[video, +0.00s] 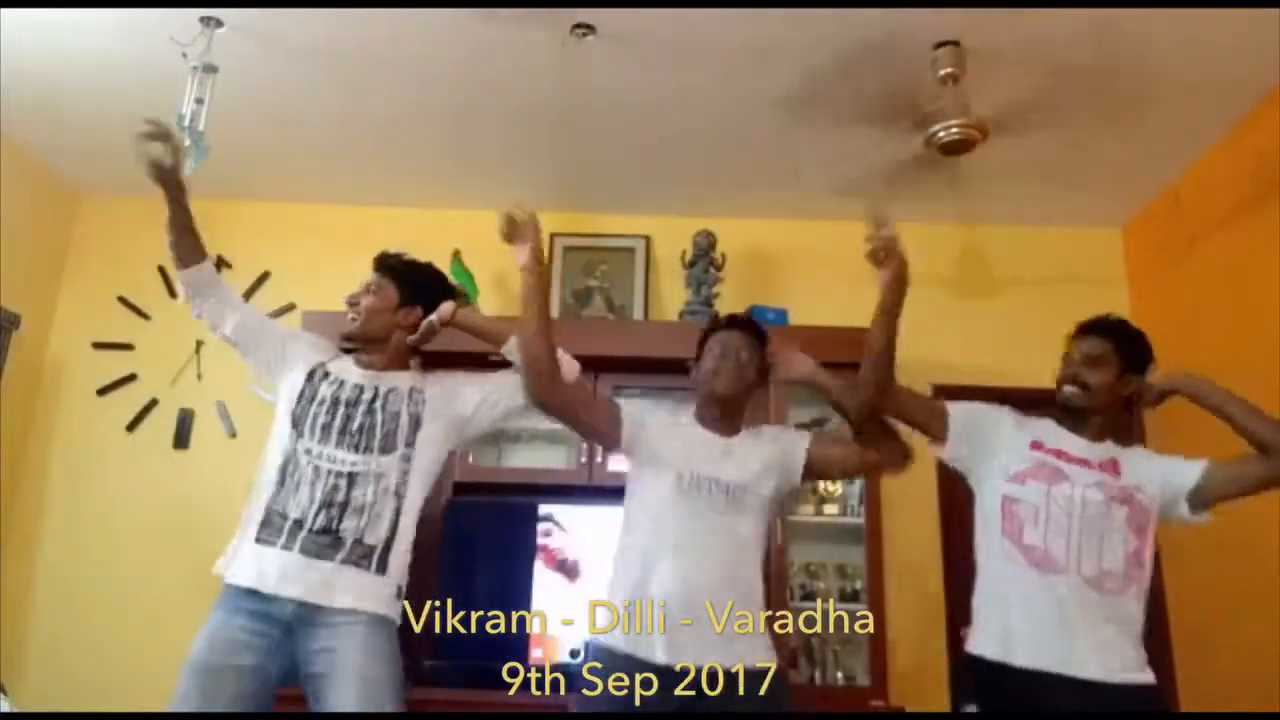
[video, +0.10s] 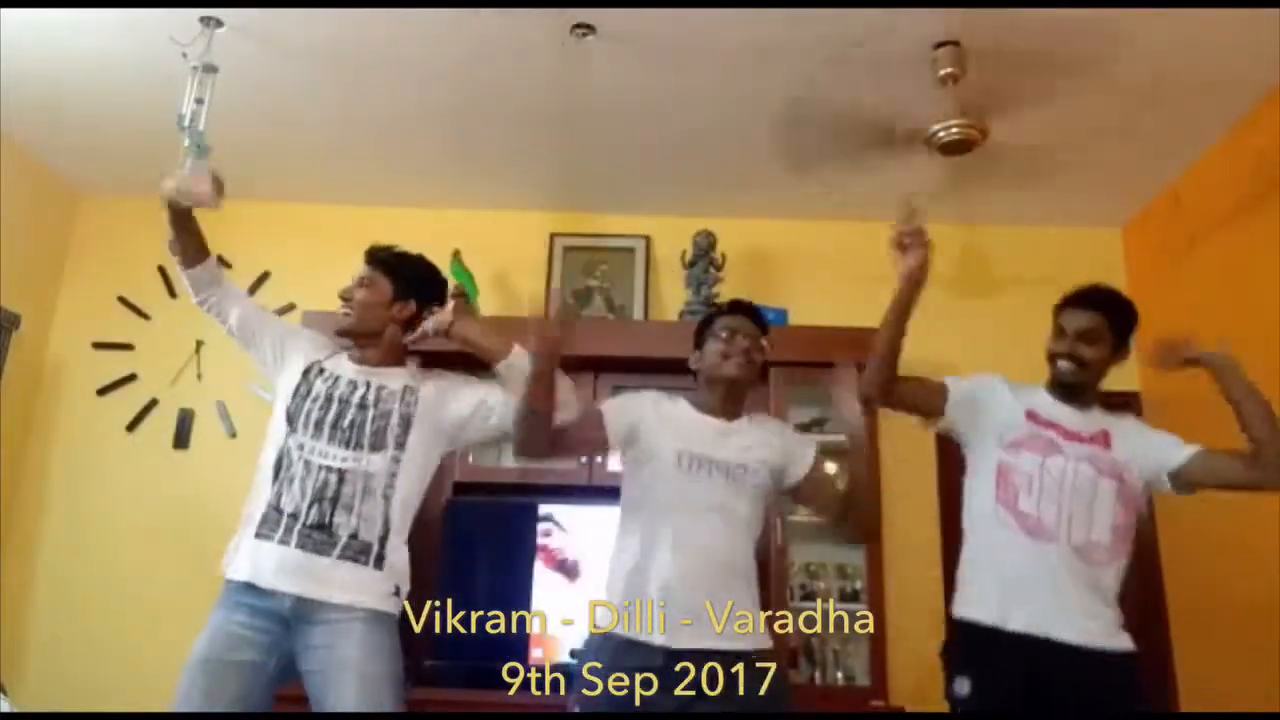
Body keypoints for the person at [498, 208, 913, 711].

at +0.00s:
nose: (722, 360)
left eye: (737, 354)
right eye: (714, 351)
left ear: (758, 376)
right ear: (694, 368)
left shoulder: (778, 449)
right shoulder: (646, 429)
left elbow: (889, 455)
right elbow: (545, 388)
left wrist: (818, 376)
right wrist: (532, 265)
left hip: (738, 677)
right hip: (630, 665)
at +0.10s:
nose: (739, 344)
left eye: (751, 340)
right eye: (725, 335)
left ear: (761, 367)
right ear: (695, 359)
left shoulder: (775, 442)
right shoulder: (645, 411)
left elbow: (859, 520)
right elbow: (533, 444)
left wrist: (862, 430)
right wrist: (544, 363)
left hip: (731, 660)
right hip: (629, 650)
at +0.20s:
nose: (739, 356)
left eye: (751, 352)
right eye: (726, 347)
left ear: (763, 377)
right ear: (696, 366)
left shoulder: (775, 458)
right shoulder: (639, 426)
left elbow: (817, 572)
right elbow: (554, 489)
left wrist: (842, 529)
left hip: (734, 670)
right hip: (629, 665)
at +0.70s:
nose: (810, 341)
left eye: (813, 330)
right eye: (795, 325)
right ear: (748, 329)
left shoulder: (803, 423)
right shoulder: (696, 387)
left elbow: (828, 546)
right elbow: (629, 497)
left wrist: (898, 617)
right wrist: (665, 581)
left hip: (803, 644)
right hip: (709, 638)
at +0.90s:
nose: (833, 416)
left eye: (841, 404)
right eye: (827, 397)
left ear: (843, 399)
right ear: (780, 379)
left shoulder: (822, 476)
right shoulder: (714, 449)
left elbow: (857, 602)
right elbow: (680, 555)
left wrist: (950, 657)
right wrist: (581, 604)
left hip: (870, 689)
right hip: (778, 684)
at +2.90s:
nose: (720, 386)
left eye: (733, 376)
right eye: (709, 373)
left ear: (755, 385)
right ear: (690, 378)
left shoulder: (775, 444)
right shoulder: (647, 445)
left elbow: (860, 379)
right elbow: (588, 435)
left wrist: (781, 371)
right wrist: (694, 402)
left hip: (765, 674)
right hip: (655, 674)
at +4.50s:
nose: (738, 385)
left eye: (745, 375)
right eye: (724, 369)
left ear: (751, 384)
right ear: (681, 371)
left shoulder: (743, 461)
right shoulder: (618, 439)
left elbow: (766, 572)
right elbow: (621, 575)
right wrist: (743, 589)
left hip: (702, 677)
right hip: (610, 676)